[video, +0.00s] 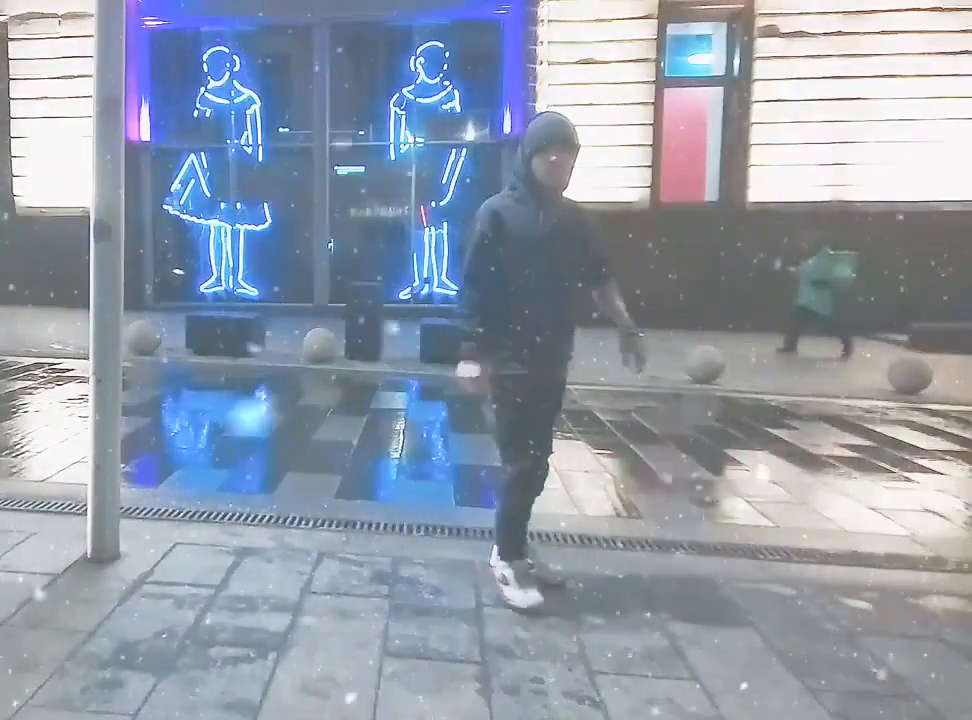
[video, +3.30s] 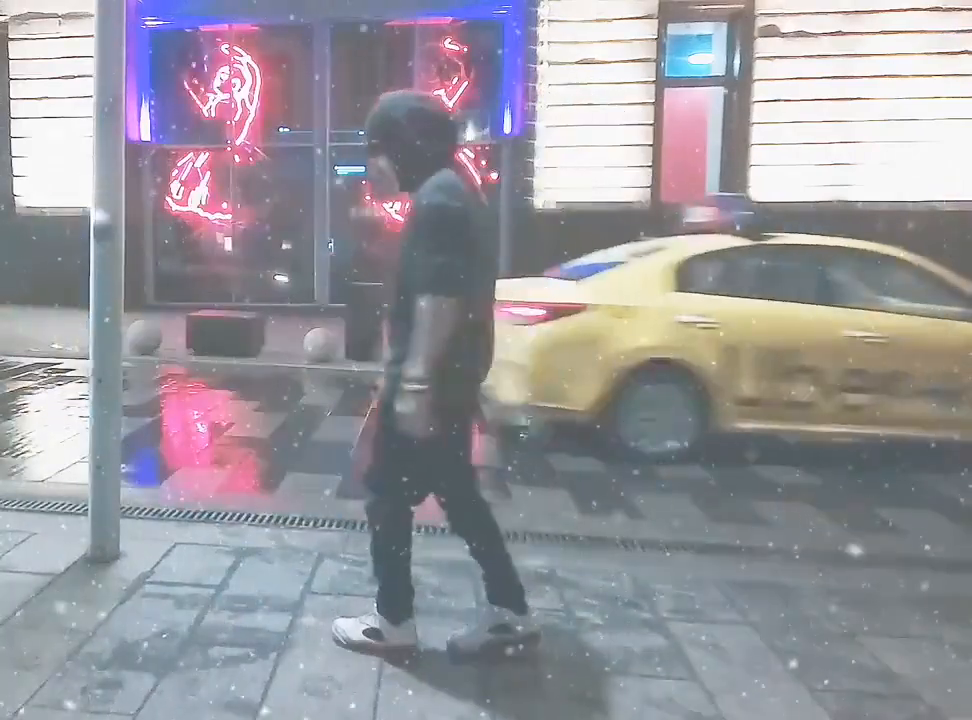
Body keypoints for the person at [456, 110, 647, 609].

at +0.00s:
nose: (564, 167)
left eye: (570, 158)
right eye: (555, 157)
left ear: (573, 161)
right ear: (531, 156)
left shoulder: (574, 219)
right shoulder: (498, 214)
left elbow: (599, 278)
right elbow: (474, 287)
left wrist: (626, 324)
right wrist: (471, 351)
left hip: (552, 354)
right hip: (507, 352)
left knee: (535, 464)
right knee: (521, 465)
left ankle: (515, 554)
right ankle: (506, 561)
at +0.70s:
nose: (567, 159)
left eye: (575, 149)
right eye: (557, 149)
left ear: (584, 155)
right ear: (534, 151)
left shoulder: (595, 214)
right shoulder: (499, 211)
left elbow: (614, 289)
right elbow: (485, 287)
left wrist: (616, 353)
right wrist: (513, 339)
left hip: (583, 362)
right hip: (524, 363)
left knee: (605, 472)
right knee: (531, 478)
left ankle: (579, 549)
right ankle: (537, 576)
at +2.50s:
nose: (494, 161)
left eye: (503, 148)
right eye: (491, 150)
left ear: (539, 143)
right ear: (499, 149)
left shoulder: (591, 205)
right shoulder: (502, 205)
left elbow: (612, 296)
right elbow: (472, 284)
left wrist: (573, 374)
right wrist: (432, 337)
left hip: (541, 384)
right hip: (490, 379)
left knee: (524, 501)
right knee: (499, 501)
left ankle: (592, 601)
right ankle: (517, 627)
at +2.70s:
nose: (476, 167)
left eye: (482, 154)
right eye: (473, 156)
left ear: (517, 147)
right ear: (485, 153)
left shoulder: (569, 205)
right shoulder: (494, 201)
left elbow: (594, 292)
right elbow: (475, 284)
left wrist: (580, 376)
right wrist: (439, 347)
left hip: (522, 374)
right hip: (482, 370)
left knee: (472, 494)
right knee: (499, 496)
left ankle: (521, 631)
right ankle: (508, 620)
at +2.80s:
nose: (457, 172)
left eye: (462, 158)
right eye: (453, 160)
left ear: (496, 150)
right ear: (478, 154)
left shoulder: (548, 206)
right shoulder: (488, 205)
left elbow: (579, 290)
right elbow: (482, 294)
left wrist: (577, 376)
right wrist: (464, 367)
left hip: (506, 376)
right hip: (473, 373)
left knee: (448, 492)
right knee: (502, 495)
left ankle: (450, 633)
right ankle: (517, 623)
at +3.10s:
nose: (410, 171)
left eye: (411, 157)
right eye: (405, 159)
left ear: (439, 149)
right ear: (449, 148)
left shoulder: (482, 201)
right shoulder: (467, 200)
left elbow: (509, 292)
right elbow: (466, 295)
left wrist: (503, 376)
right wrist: (431, 371)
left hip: (458, 372)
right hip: (452, 369)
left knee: (407, 490)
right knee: (486, 490)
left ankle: (395, 620)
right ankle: (516, 612)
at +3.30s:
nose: (370, 166)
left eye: (375, 153)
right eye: (370, 154)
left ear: (406, 148)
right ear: (420, 145)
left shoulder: (438, 202)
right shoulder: (453, 196)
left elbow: (440, 303)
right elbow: (453, 302)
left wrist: (415, 383)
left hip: (426, 379)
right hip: (451, 376)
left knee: (385, 494)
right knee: (460, 494)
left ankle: (394, 622)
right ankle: (511, 613)